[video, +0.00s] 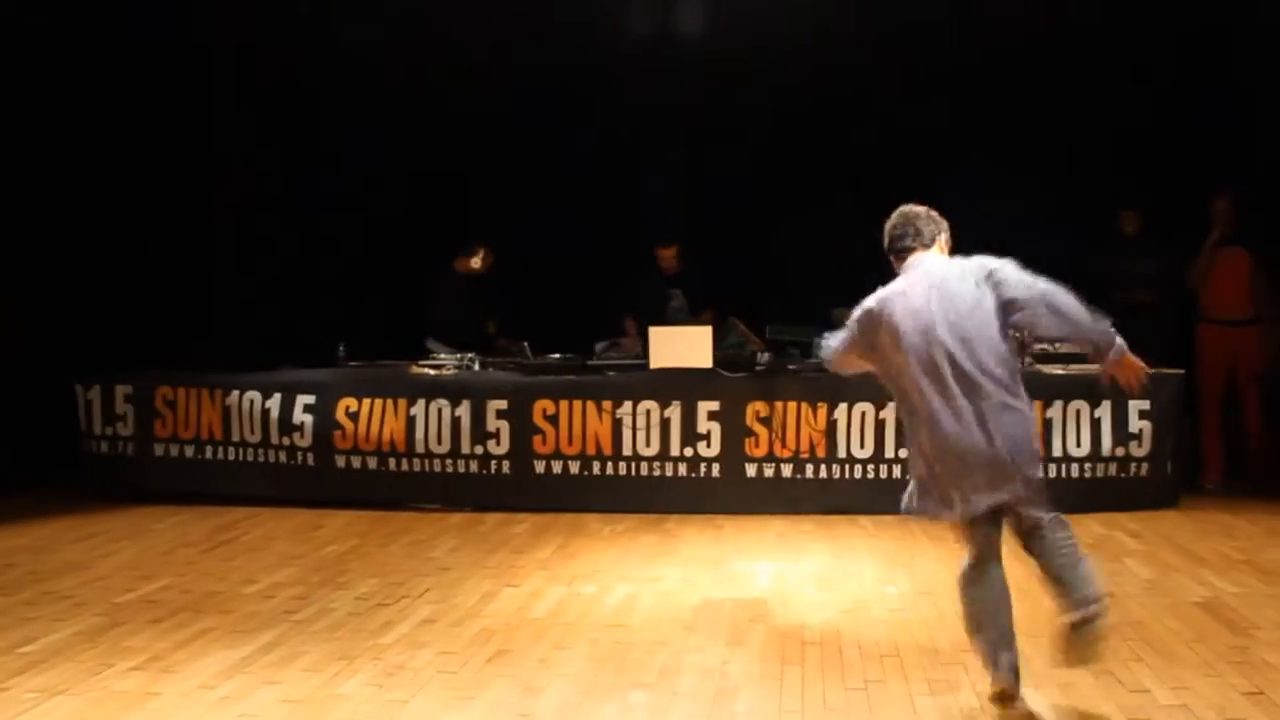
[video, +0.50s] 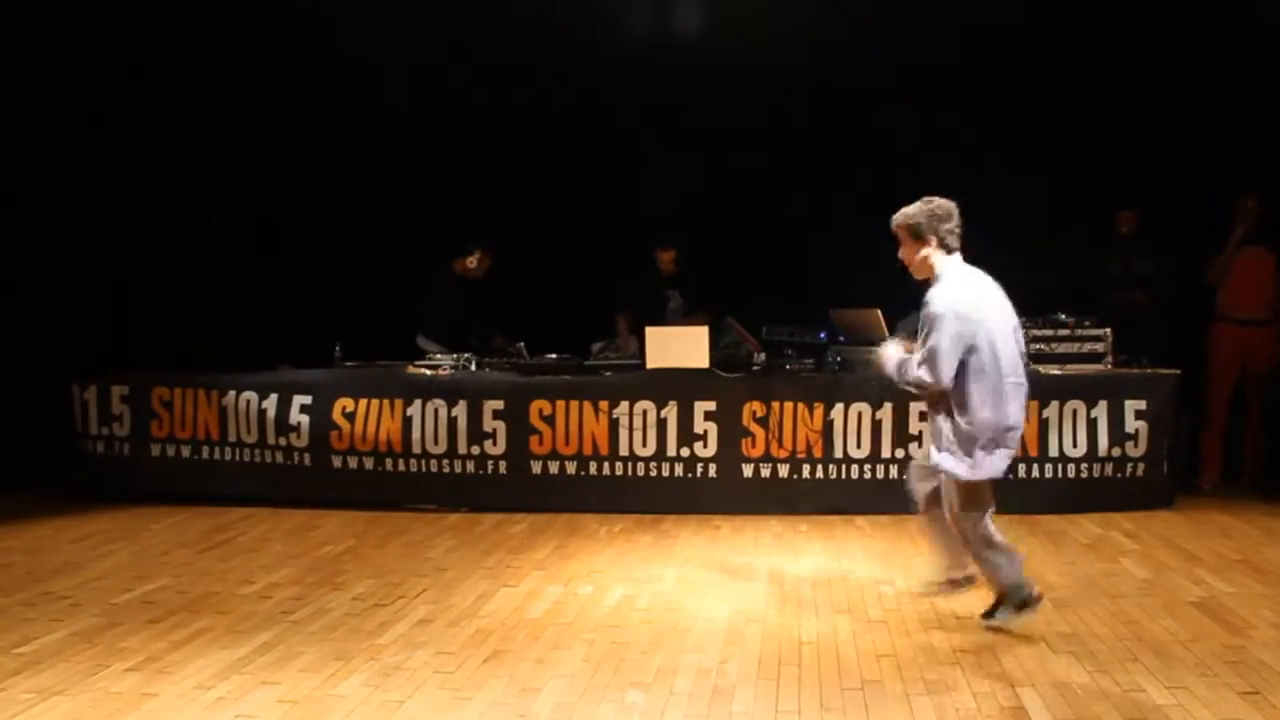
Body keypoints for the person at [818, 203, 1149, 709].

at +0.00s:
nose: (949, 247)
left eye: (944, 242)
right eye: (948, 240)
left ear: (893, 257)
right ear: (943, 241)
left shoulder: (880, 308)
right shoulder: (984, 272)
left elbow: (837, 356)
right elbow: (1052, 303)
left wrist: (880, 353)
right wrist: (1110, 348)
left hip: (946, 450)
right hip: (1010, 436)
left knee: (981, 557)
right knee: (1039, 522)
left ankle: (1002, 674)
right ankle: (1085, 603)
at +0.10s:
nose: (953, 251)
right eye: (952, 243)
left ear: (901, 261)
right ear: (949, 243)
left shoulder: (889, 307)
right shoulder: (997, 272)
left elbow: (817, 343)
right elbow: (1074, 290)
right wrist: (1094, 327)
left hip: (958, 449)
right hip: (1027, 436)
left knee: (990, 528)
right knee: (1053, 534)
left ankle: (1013, 631)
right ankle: (1033, 648)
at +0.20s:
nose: (910, 289)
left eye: (906, 280)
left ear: (907, 280)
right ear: (956, 262)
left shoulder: (900, 323)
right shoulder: (1007, 286)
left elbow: (819, 352)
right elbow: (1073, 286)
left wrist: (778, 375)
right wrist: (1063, 318)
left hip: (978, 467)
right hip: (1045, 455)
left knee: (995, 545)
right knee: (1041, 567)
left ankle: (1005, 615)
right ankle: (1035, 669)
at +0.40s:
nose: (904, 274)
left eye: (904, 265)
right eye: (903, 264)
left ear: (917, 263)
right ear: (950, 255)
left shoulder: (928, 316)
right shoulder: (995, 294)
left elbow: (939, 399)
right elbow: (1040, 337)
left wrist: (918, 388)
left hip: (977, 437)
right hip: (1025, 428)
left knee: (974, 540)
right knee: (997, 501)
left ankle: (1004, 620)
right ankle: (1040, 551)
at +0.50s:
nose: (899, 256)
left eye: (902, 245)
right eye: (899, 246)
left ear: (929, 243)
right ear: (940, 242)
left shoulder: (944, 298)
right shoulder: (981, 284)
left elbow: (933, 377)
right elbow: (980, 357)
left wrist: (895, 361)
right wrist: (918, 354)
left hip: (972, 432)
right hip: (996, 423)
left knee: (969, 520)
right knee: (922, 480)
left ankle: (1017, 591)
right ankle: (960, 567)